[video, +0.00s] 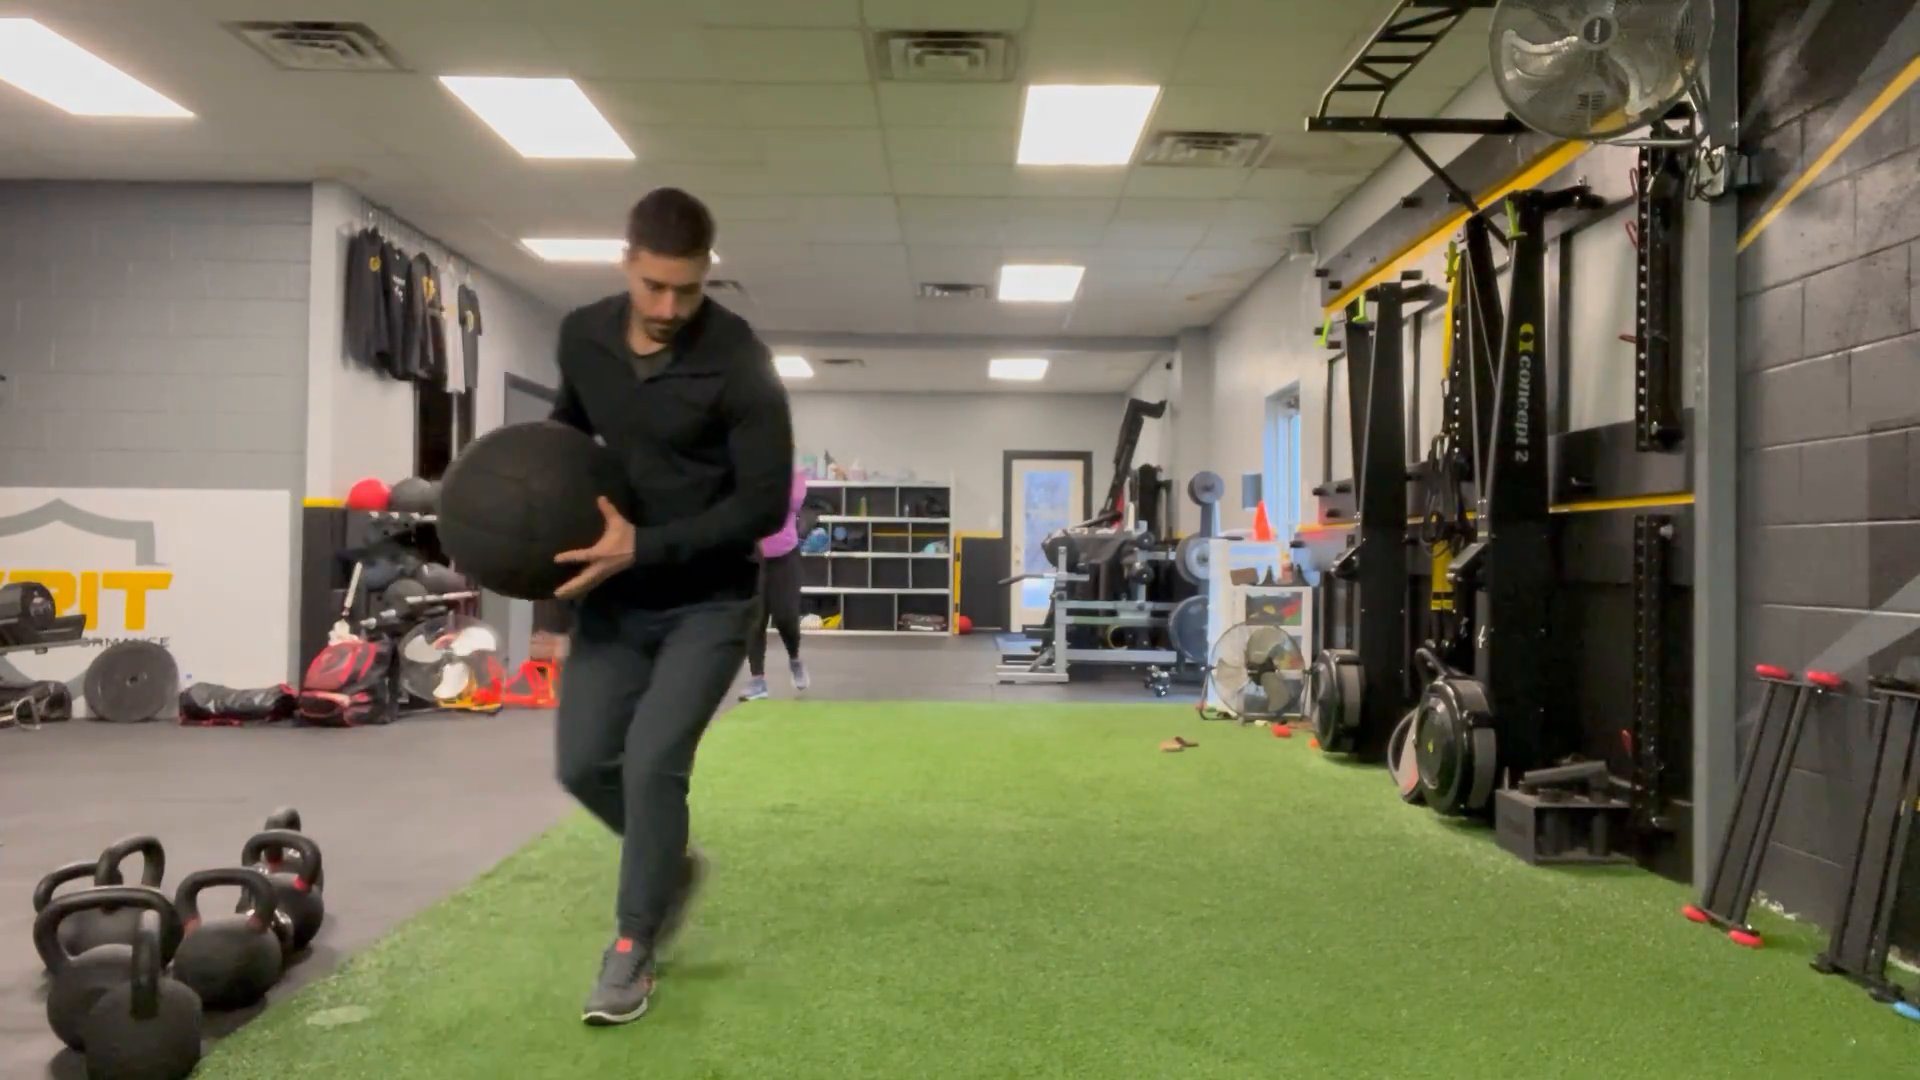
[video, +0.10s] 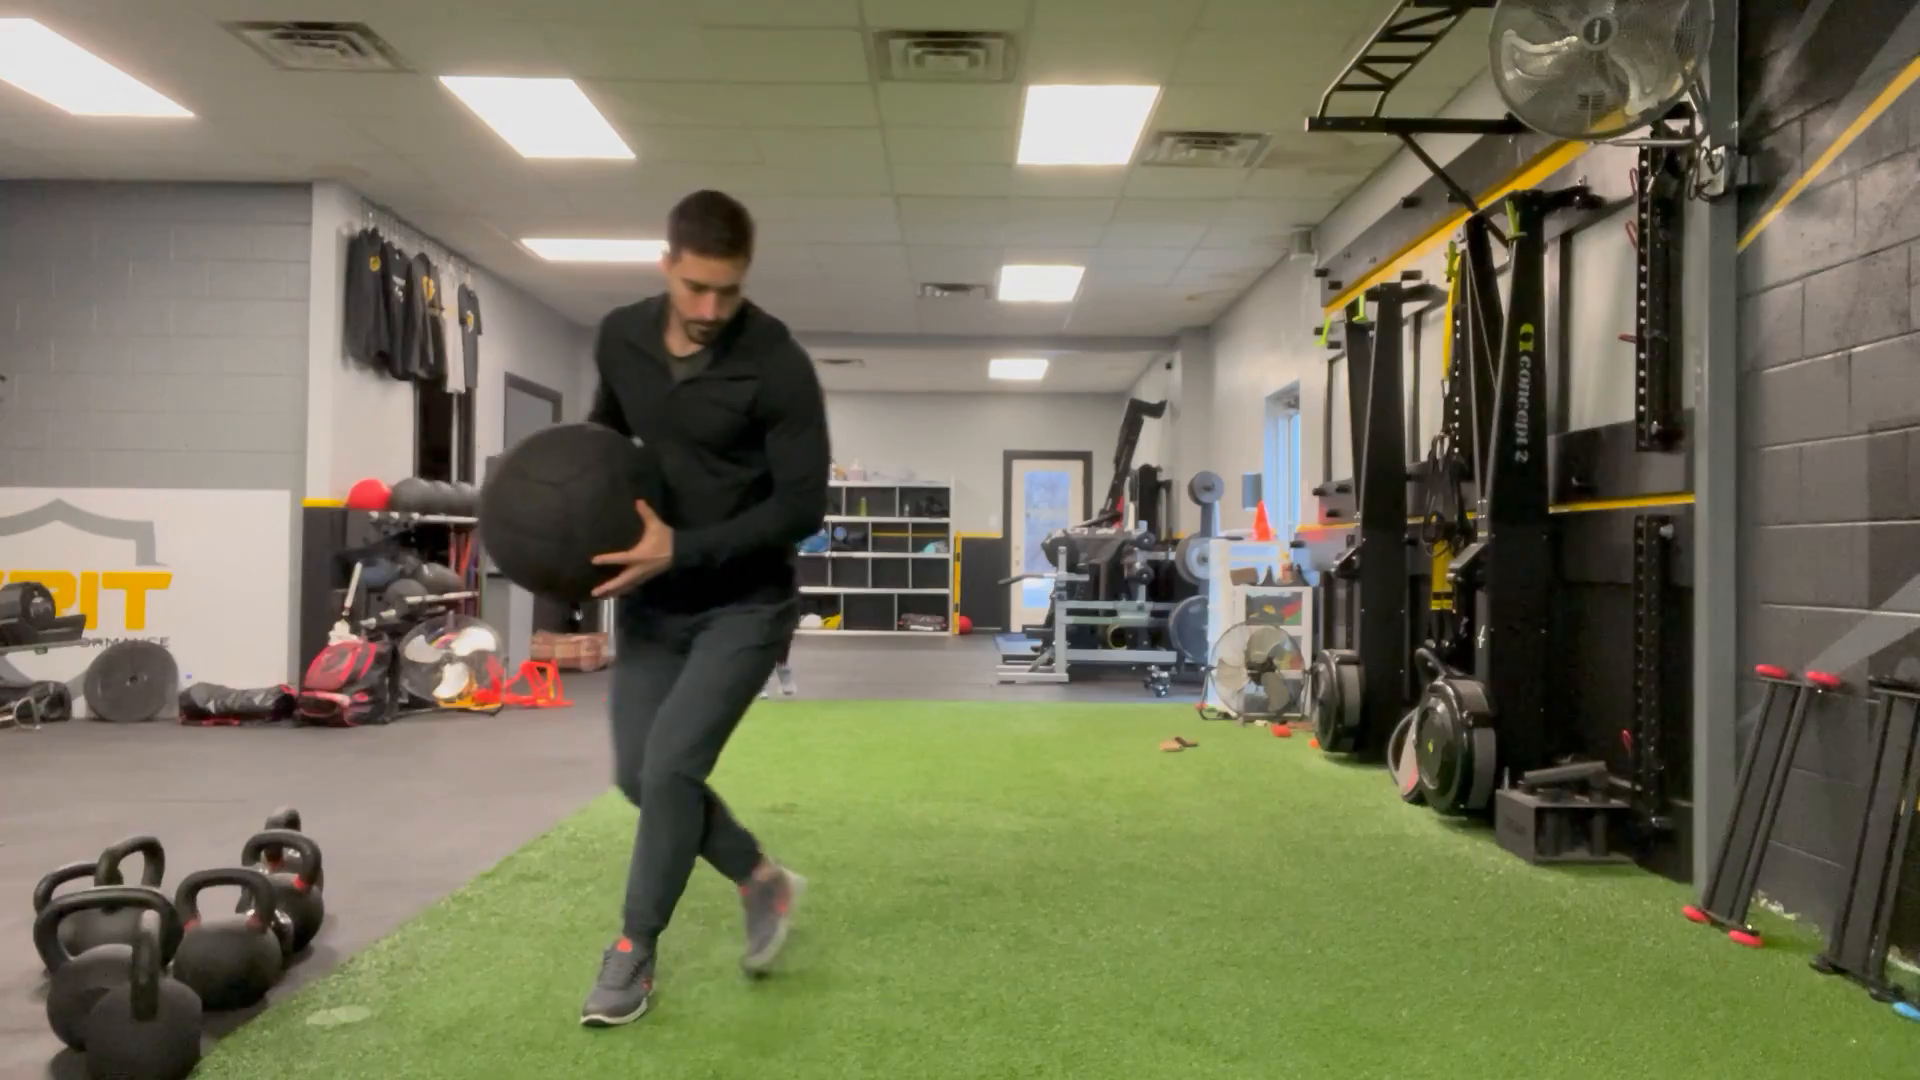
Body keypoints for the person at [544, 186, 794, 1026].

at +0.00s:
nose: (668, 306)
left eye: (685, 289)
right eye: (654, 286)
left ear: (708, 275)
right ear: (627, 265)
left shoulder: (740, 360)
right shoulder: (586, 336)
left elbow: (766, 502)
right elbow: (567, 449)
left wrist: (646, 544)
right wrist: (541, 554)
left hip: (713, 597)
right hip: (617, 594)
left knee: (652, 759)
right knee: (582, 766)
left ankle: (633, 941)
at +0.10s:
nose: (711, 307)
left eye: (727, 291)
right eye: (697, 288)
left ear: (748, 278)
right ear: (667, 265)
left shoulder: (776, 361)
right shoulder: (624, 337)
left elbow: (803, 504)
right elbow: (606, 437)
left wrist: (683, 547)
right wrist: (570, 513)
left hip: (747, 602)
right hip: (653, 600)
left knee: (670, 765)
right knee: (637, 772)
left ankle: (634, 949)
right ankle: (762, 879)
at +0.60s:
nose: (987, 342)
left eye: (1000, 326)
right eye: (974, 322)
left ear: (1013, 315)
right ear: (931, 299)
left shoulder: (1022, 408)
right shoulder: (874, 356)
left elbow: (993, 549)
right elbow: (816, 440)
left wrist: (872, 581)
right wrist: (770, 463)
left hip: (988, 616)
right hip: (882, 612)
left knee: (1052, 769)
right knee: (823, 769)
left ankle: (1142, 922)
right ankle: (824, 923)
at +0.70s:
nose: (1097, 331)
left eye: (1108, 315)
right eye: (1085, 311)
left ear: (1116, 311)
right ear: (1041, 293)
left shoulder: (1113, 406)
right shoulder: (961, 351)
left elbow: (1063, 538)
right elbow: (876, 407)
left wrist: (938, 578)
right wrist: (810, 478)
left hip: (1064, 622)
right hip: (959, 623)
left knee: (1151, 772)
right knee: (906, 786)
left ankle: (1211, 939)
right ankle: (822, 916)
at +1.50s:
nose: (1229, 220)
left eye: (1228, 204)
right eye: (1214, 204)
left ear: (1191, 216)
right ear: (1158, 213)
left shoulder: (1210, 319)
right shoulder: (1105, 302)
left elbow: (1231, 426)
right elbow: (1051, 434)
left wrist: (1243, 449)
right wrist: (1047, 522)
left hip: (1188, 581)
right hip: (1109, 581)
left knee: (1215, 766)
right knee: (1043, 754)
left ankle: (1219, 939)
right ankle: (905, 869)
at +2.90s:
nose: (732, 247)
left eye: (749, 230)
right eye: (722, 229)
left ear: (797, 209)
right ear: (714, 213)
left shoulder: (853, 297)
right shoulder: (713, 294)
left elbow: (916, 420)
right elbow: (685, 412)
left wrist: (814, 438)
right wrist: (590, 433)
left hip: (798, 565)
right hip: (709, 557)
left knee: (756, 753)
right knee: (679, 747)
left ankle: (755, 947)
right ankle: (792, 857)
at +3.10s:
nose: (689, 245)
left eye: (706, 229)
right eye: (679, 227)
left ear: (754, 205)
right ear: (669, 208)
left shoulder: (812, 296)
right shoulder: (662, 290)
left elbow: (881, 414)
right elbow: (626, 414)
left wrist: (780, 434)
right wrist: (558, 444)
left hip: (750, 574)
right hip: (649, 561)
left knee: (734, 761)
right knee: (583, 741)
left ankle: (751, 952)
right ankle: (544, 899)